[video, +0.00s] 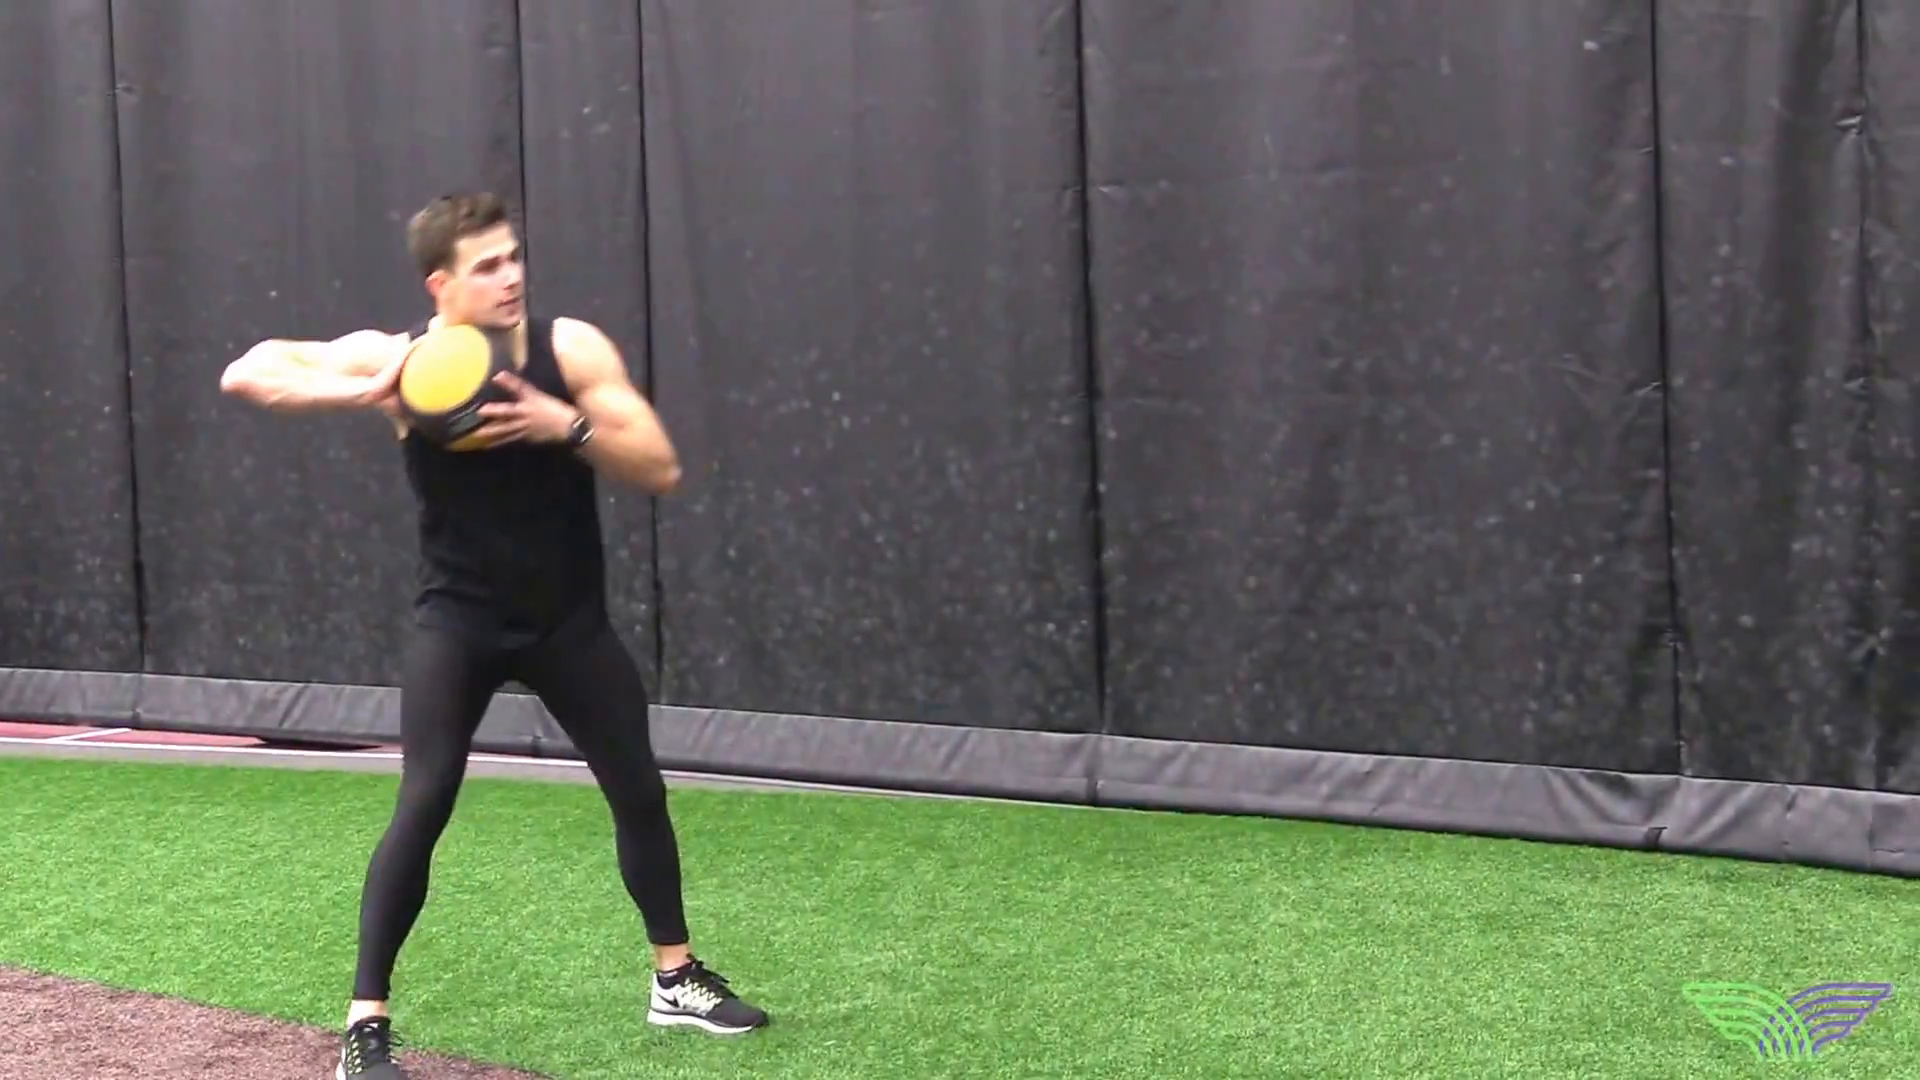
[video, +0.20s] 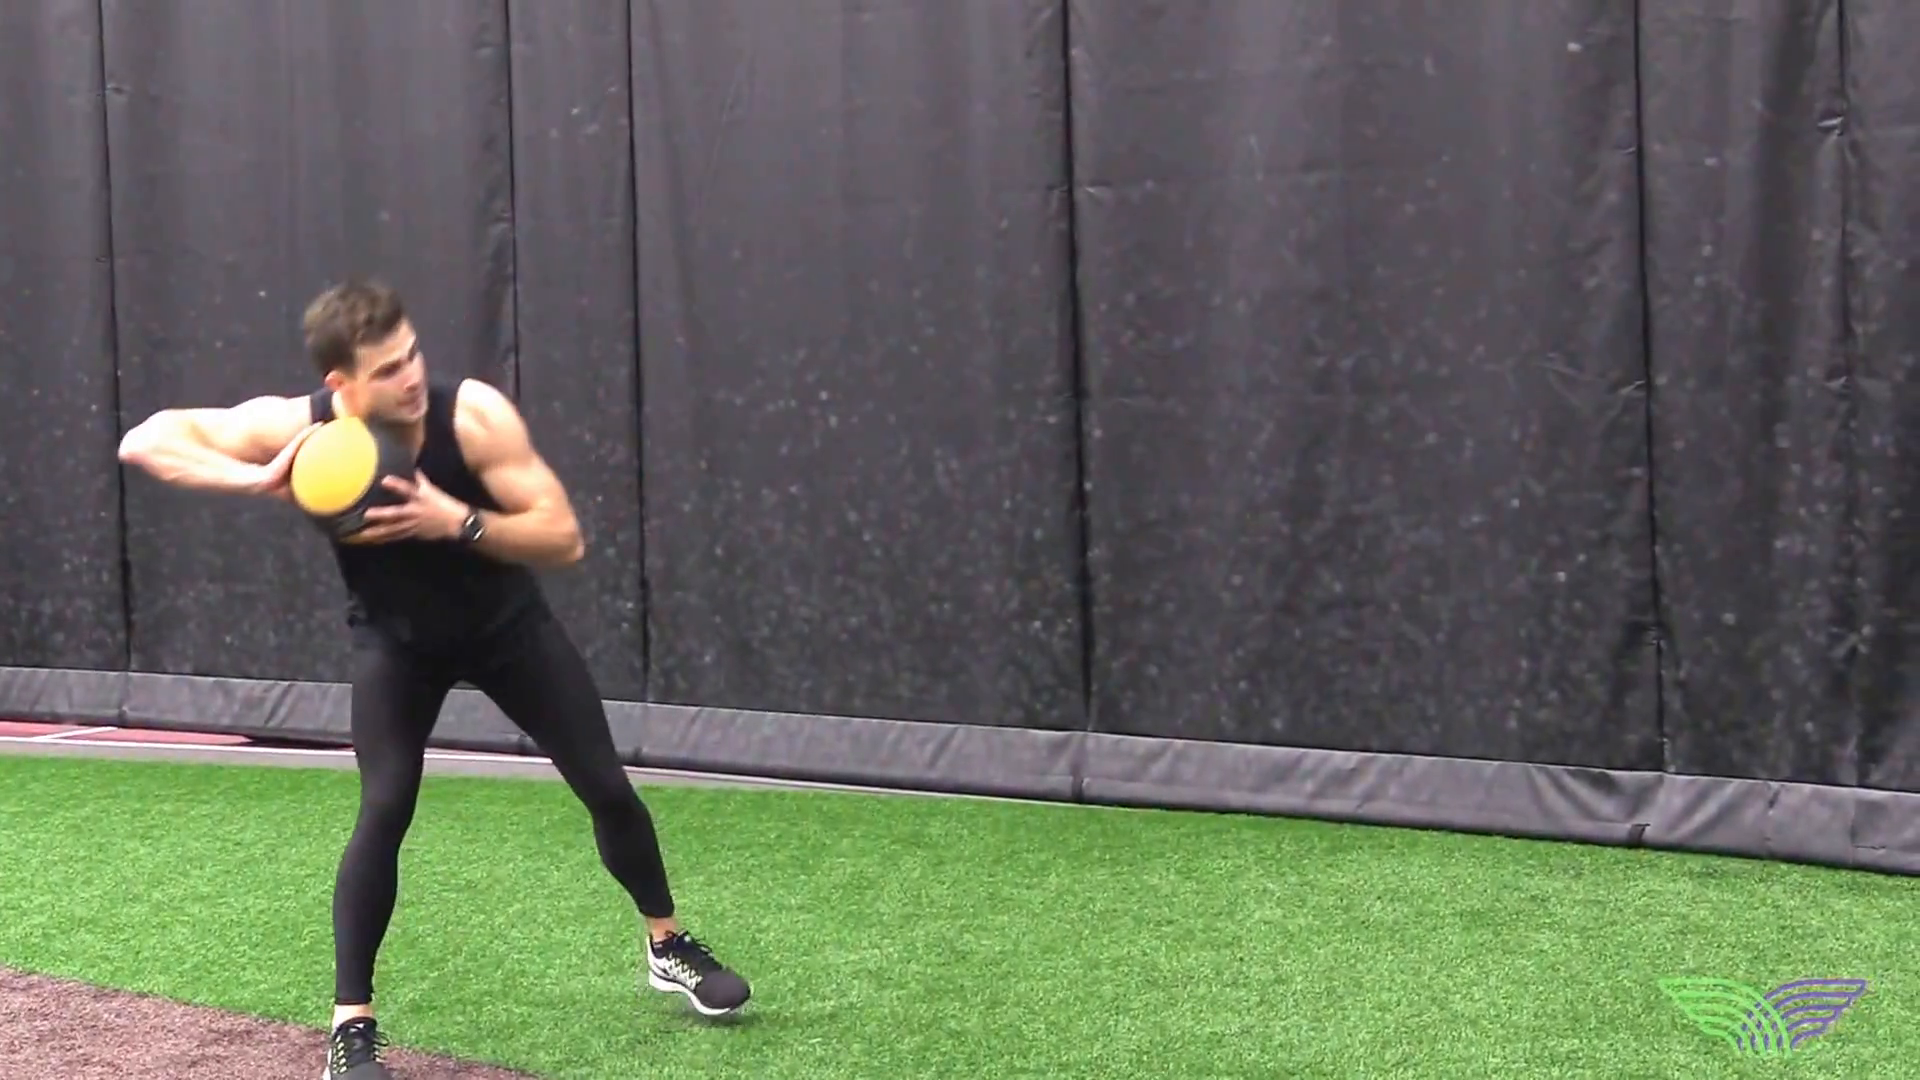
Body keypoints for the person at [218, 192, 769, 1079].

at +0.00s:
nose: (510, 278)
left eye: (516, 260)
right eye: (488, 267)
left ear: (527, 265)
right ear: (439, 286)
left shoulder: (572, 348)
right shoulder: (403, 357)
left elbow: (663, 466)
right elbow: (244, 376)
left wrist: (570, 425)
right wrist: (354, 390)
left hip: (571, 619)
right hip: (460, 618)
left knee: (640, 788)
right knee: (425, 801)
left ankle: (678, 976)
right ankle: (367, 1016)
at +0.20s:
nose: (416, 375)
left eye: (415, 354)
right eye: (392, 368)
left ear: (422, 345)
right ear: (340, 385)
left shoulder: (478, 413)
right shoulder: (299, 429)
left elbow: (565, 539)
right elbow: (142, 442)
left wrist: (458, 521)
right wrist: (247, 477)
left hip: (510, 625)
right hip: (398, 643)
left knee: (610, 787)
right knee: (385, 808)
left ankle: (669, 943)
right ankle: (353, 1019)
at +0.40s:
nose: (382, 444)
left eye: (380, 423)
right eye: (358, 442)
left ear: (381, 402)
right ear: (305, 456)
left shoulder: (440, 465)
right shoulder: (261, 476)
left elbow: (533, 582)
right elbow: (107, 482)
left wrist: (427, 584)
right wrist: (214, 533)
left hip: (494, 637)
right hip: (379, 662)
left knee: (602, 783)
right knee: (371, 812)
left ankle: (676, 935)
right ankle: (349, 1021)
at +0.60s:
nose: (400, 458)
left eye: (396, 439)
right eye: (378, 457)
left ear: (399, 422)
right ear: (324, 474)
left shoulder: (450, 483)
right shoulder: (275, 493)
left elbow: (541, 600)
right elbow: (118, 490)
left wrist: (435, 600)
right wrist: (223, 545)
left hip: (497, 652)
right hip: (380, 673)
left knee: (620, 782)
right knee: (387, 812)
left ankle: (674, 937)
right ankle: (356, 1018)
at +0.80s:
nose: (457, 379)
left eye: (450, 363)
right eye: (436, 377)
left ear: (451, 360)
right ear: (389, 408)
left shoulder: (495, 412)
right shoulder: (333, 470)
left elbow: (600, 505)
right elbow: (183, 510)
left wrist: (512, 501)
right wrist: (305, 510)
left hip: (507, 659)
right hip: (411, 680)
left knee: (654, 777)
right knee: (446, 822)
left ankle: (641, 957)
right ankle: (367, 1018)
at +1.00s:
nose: (473, 212)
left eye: (461, 204)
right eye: (462, 207)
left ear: (420, 253)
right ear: (446, 239)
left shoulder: (441, 316)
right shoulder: (470, 319)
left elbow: (532, 300)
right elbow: (563, 298)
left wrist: (578, 228)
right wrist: (624, 207)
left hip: (560, 583)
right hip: (547, 589)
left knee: (620, 767)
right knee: (557, 786)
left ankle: (642, 962)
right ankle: (391, 954)